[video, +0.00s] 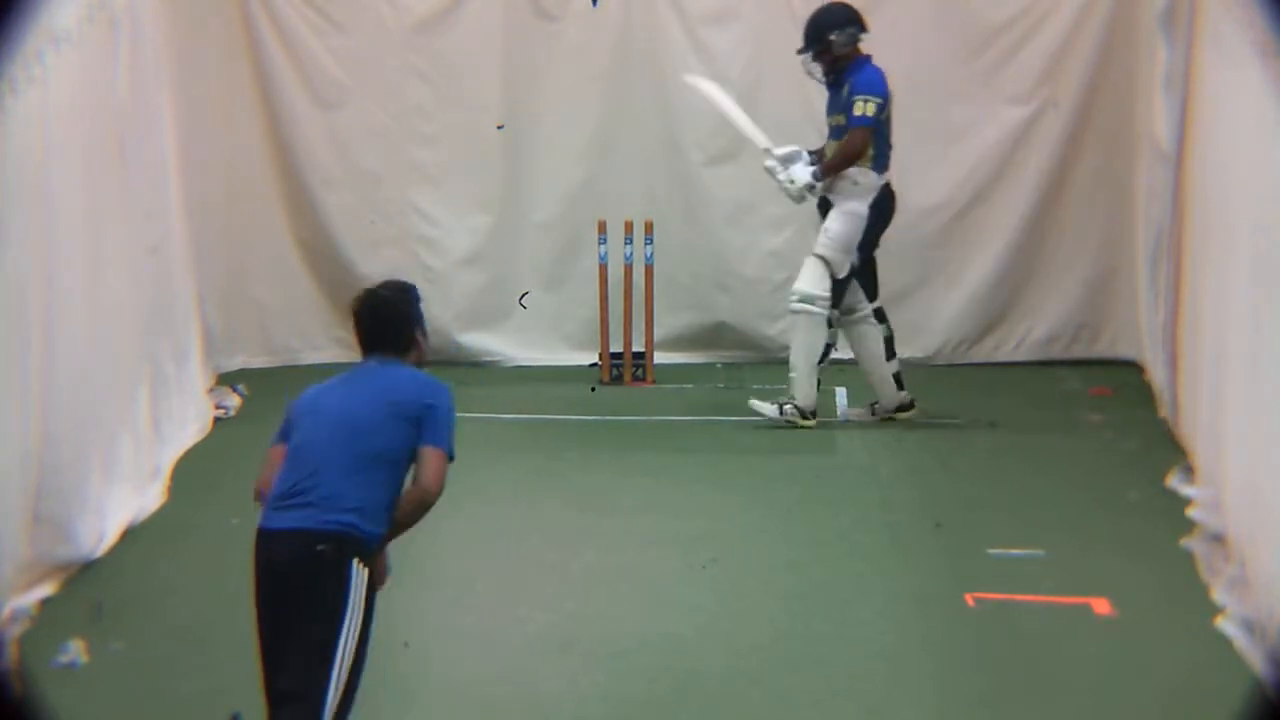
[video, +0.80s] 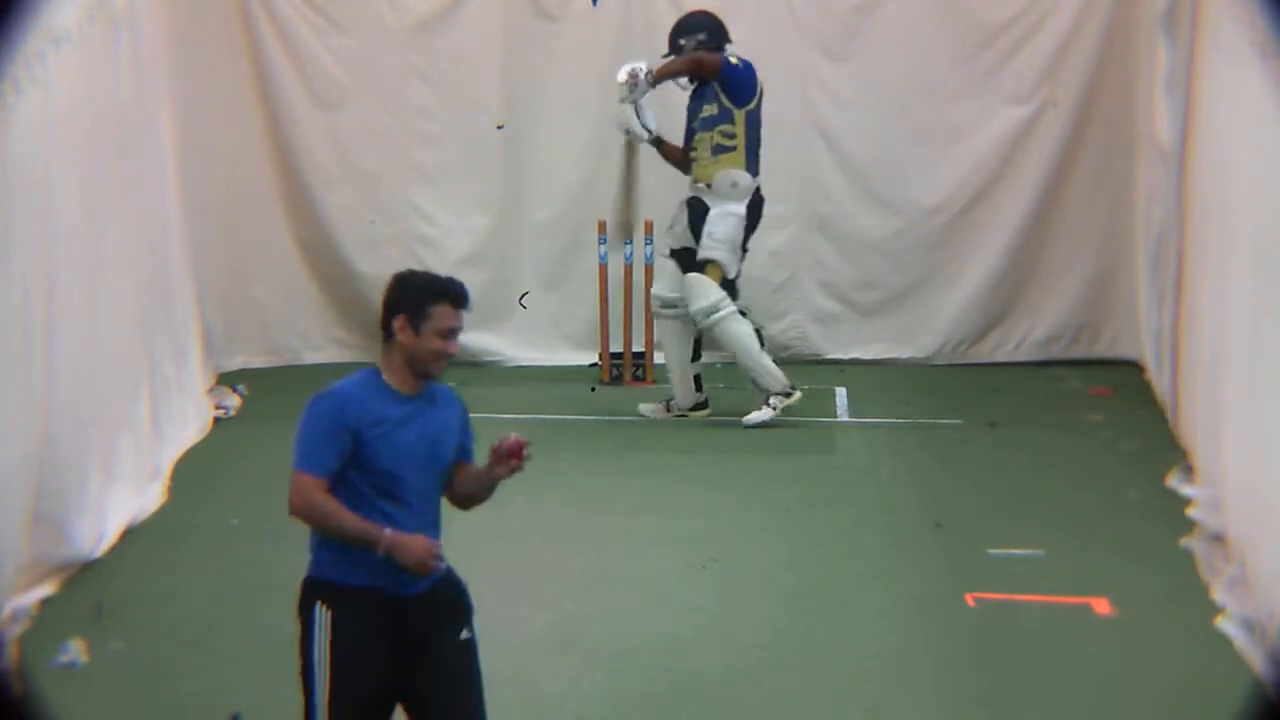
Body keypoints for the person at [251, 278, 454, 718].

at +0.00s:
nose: (428, 334)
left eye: (425, 324)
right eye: (425, 325)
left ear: (361, 338)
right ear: (417, 335)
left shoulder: (312, 395)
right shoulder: (428, 392)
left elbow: (266, 487)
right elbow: (428, 487)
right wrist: (376, 538)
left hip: (273, 544)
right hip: (338, 549)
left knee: (283, 692)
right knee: (323, 697)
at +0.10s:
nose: (435, 331)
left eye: (431, 321)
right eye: (432, 322)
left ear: (370, 335)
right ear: (423, 331)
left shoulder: (331, 389)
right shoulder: (424, 385)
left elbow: (330, 475)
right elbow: (428, 479)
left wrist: (380, 543)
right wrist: (388, 531)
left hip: (273, 543)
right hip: (331, 549)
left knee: (284, 693)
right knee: (319, 698)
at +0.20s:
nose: (441, 328)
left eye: (437, 317)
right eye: (438, 318)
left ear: (377, 330)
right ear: (430, 326)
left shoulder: (356, 379)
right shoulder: (415, 382)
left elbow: (345, 470)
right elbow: (406, 475)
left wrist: (397, 530)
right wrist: (416, 530)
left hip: (280, 547)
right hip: (321, 554)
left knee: (290, 700)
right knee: (319, 704)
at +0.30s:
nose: (448, 322)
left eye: (444, 311)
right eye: (444, 312)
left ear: (387, 324)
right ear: (431, 321)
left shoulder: (382, 377)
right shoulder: (395, 383)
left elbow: (386, 479)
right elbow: (376, 474)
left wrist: (447, 510)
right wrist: (423, 515)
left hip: (311, 560)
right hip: (312, 562)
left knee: (327, 704)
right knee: (320, 708)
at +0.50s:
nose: (448, 335)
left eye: (448, 324)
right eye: (443, 323)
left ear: (412, 323)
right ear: (409, 322)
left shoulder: (411, 396)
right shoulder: (353, 391)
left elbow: (422, 463)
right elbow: (314, 478)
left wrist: (487, 453)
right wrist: (385, 537)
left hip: (373, 581)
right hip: (329, 583)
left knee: (382, 707)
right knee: (345, 712)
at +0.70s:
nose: (448, 339)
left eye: (449, 326)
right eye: (440, 326)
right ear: (398, 319)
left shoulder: (432, 397)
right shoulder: (336, 394)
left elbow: (445, 482)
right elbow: (296, 482)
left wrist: (485, 457)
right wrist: (379, 531)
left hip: (415, 586)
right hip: (343, 590)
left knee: (443, 710)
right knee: (342, 712)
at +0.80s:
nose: (454, 348)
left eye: (456, 336)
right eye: (445, 336)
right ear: (401, 328)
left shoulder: (448, 405)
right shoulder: (337, 406)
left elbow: (461, 492)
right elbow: (304, 499)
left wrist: (492, 472)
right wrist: (389, 541)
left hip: (430, 602)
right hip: (349, 606)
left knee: (459, 711)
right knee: (342, 712)